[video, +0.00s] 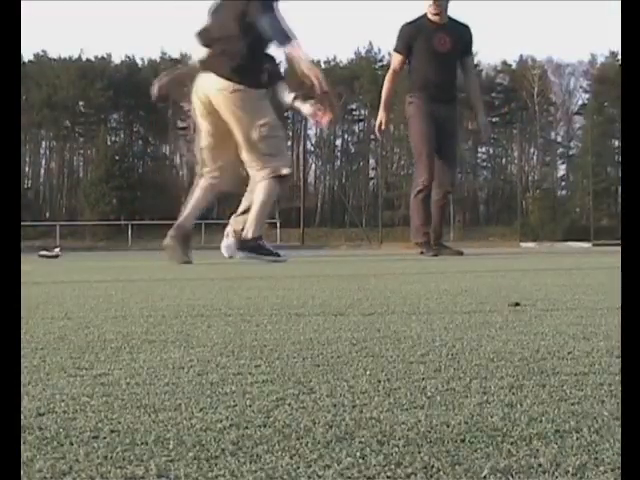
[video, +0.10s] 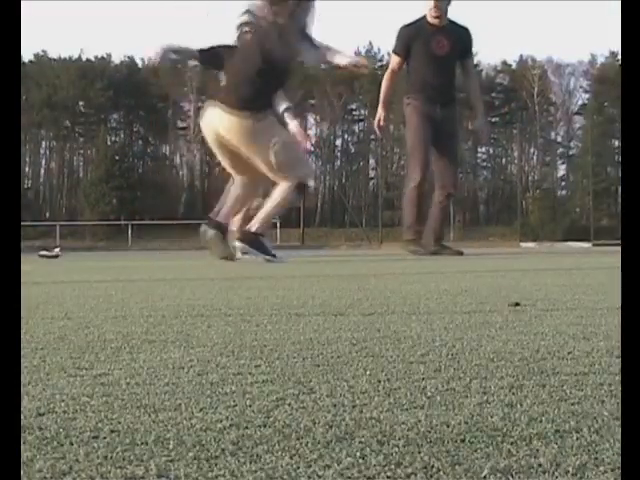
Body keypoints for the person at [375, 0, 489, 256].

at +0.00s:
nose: (436, 5)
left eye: (441, 1)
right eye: (432, 1)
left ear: (448, 3)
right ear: (426, 3)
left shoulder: (462, 32)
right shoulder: (411, 29)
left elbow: (470, 75)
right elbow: (394, 71)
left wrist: (480, 115)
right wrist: (383, 109)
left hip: (448, 107)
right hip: (420, 104)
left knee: (445, 179)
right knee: (424, 175)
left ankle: (437, 241)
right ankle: (421, 240)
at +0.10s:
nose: (436, 7)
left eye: (441, 3)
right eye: (432, 3)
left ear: (448, 5)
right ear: (425, 5)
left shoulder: (461, 34)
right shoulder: (410, 31)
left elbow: (470, 76)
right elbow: (392, 70)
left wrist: (479, 115)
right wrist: (381, 107)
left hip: (446, 109)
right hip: (417, 106)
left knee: (446, 183)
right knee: (418, 173)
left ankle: (433, 241)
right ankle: (410, 236)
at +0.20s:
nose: (435, 8)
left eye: (440, 3)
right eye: (431, 4)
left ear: (447, 5)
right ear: (424, 5)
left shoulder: (459, 36)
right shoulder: (408, 33)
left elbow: (468, 78)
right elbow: (388, 72)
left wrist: (478, 117)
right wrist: (380, 107)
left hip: (444, 109)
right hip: (416, 106)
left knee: (447, 184)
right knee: (415, 174)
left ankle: (434, 243)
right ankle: (399, 238)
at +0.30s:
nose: (434, 8)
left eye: (440, 3)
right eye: (430, 3)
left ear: (447, 6)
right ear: (422, 5)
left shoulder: (455, 39)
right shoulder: (405, 35)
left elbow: (463, 82)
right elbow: (385, 74)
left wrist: (473, 120)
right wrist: (378, 109)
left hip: (440, 118)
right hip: (410, 117)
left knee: (448, 189)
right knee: (407, 181)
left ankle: (433, 243)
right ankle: (393, 242)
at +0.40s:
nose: (434, 10)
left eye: (440, 5)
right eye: (429, 4)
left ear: (448, 8)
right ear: (422, 6)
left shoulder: (455, 41)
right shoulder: (404, 35)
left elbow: (460, 84)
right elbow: (385, 74)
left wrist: (468, 120)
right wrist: (376, 109)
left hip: (437, 113)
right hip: (409, 110)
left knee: (446, 179)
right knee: (409, 174)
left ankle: (433, 242)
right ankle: (394, 241)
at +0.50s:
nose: (438, 13)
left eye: (443, 8)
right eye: (433, 7)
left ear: (451, 10)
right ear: (426, 6)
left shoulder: (455, 44)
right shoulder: (406, 35)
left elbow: (456, 85)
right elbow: (380, 78)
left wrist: (462, 118)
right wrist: (400, 103)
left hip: (433, 118)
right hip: (402, 117)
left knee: (450, 179)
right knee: (405, 176)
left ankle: (435, 239)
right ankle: (394, 241)